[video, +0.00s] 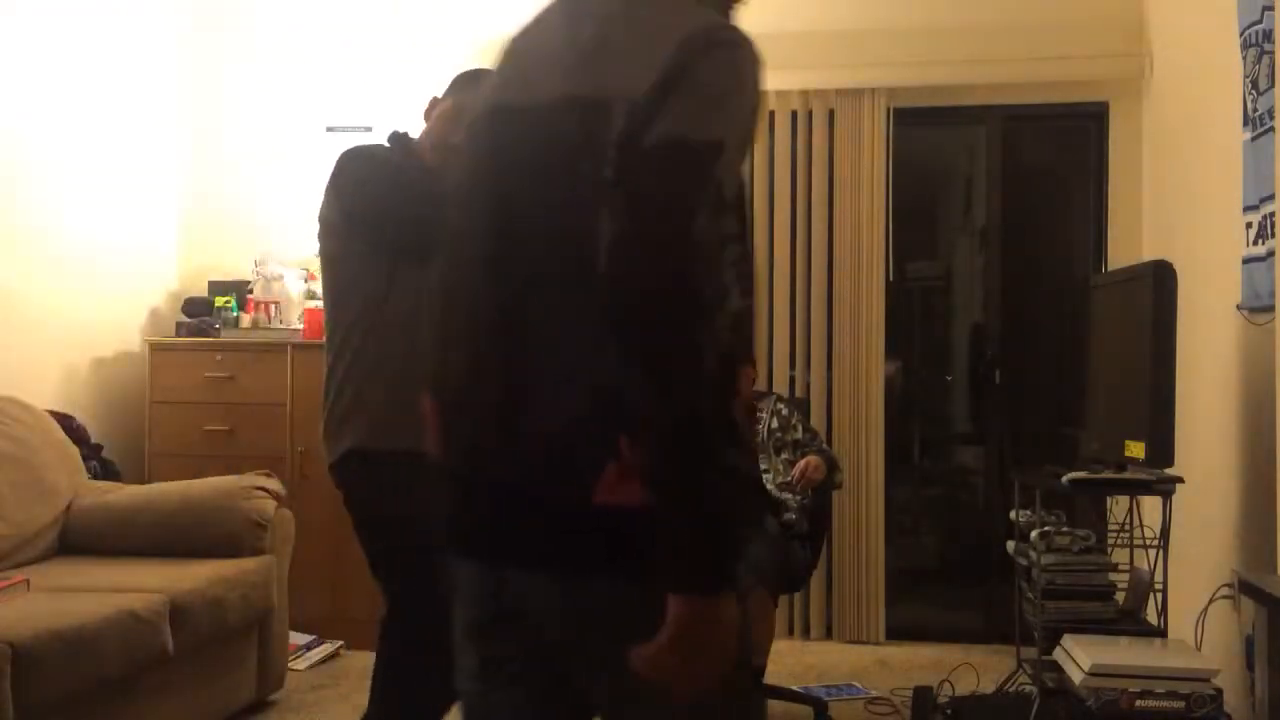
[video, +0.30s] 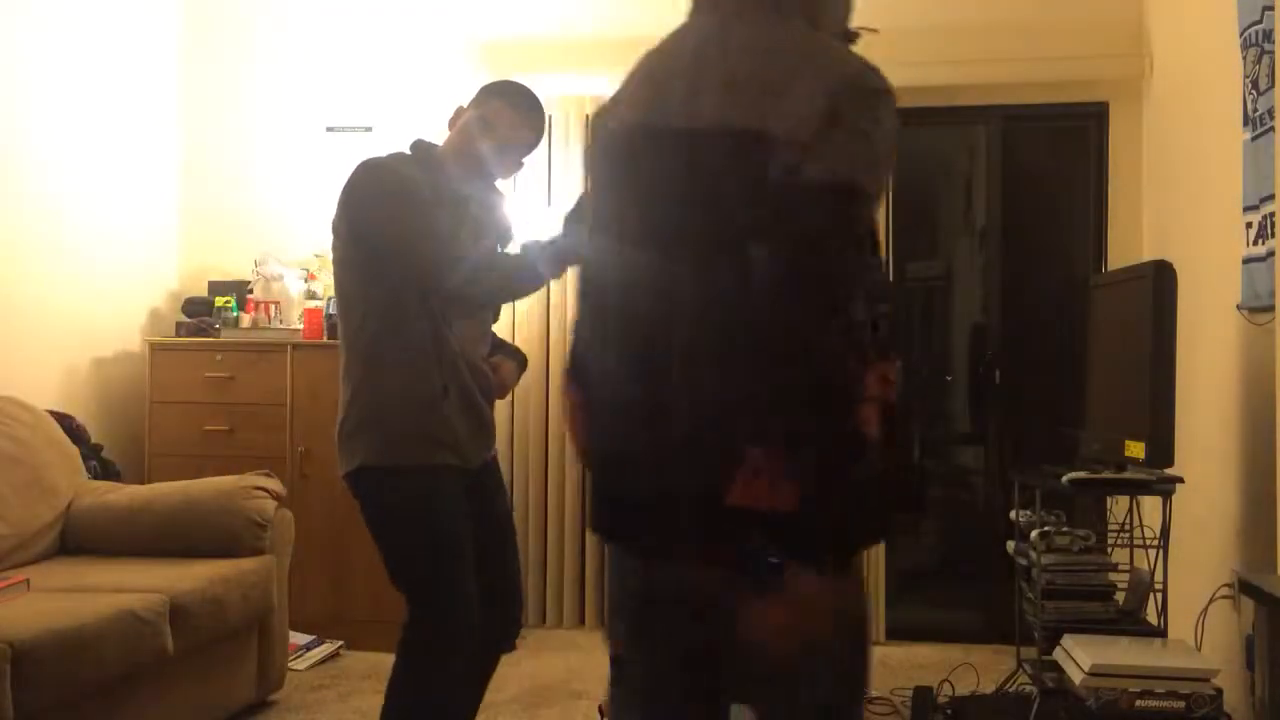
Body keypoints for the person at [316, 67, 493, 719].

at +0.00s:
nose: (473, 142)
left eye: (485, 132)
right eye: (468, 122)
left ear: (486, 134)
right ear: (434, 108)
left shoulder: (462, 194)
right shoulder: (365, 167)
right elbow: (448, 221)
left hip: (445, 438)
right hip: (382, 433)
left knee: (436, 619)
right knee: (423, 615)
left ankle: (407, 713)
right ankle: (394, 714)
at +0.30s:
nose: (501, 162)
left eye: (517, 155)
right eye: (494, 137)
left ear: (519, 162)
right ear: (460, 116)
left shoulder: (480, 214)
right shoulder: (384, 180)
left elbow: (473, 317)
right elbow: (456, 282)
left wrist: (509, 355)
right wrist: (561, 248)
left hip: (465, 445)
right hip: (397, 445)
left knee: (494, 621)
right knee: (445, 625)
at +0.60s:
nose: (517, 172)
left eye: (535, 169)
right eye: (517, 148)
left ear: (540, 180)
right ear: (488, 124)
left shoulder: (498, 228)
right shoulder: (398, 192)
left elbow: (481, 327)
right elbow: (413, 321)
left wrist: (504, 369)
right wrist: (559, 323)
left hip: (468, 451)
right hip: (399, 451)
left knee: (505, 621)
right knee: (459, 620)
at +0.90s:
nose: (545, 202)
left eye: (561, 199)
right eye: (547, 177)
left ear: (565, 207)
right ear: (519, 145)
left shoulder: (513, 250)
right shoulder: (422, 204)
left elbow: (491, 358)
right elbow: (449, 348)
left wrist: (500, 402)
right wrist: (562, 381)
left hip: (454, 457)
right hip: (387, 456)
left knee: (510, 617)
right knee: (458, 627)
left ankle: (447, 716)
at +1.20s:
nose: (535, 158)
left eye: (553, 160)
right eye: (539, 135)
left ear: (555, 170)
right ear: (516, 106)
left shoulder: (509, 208)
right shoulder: (423, 154)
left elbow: (486, 313)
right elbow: (516, 231)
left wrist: (510, 354)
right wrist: (614, 173)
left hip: (451, 433)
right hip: (387, 428)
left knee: (454, 614)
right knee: (420, 612)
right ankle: (400, 713)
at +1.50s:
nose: (529, 152)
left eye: (546, 152)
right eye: (531, 129)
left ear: (551, 162)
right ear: (507, 105)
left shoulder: (480, 193)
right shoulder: (425, 149)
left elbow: (466, 309)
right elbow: (540, 210)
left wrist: (506, 346)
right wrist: (602, 125)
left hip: (441, 432)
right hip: (388, 427)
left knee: (432, 619)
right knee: (410, 618)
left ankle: (421, 714)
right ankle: (397, 713)